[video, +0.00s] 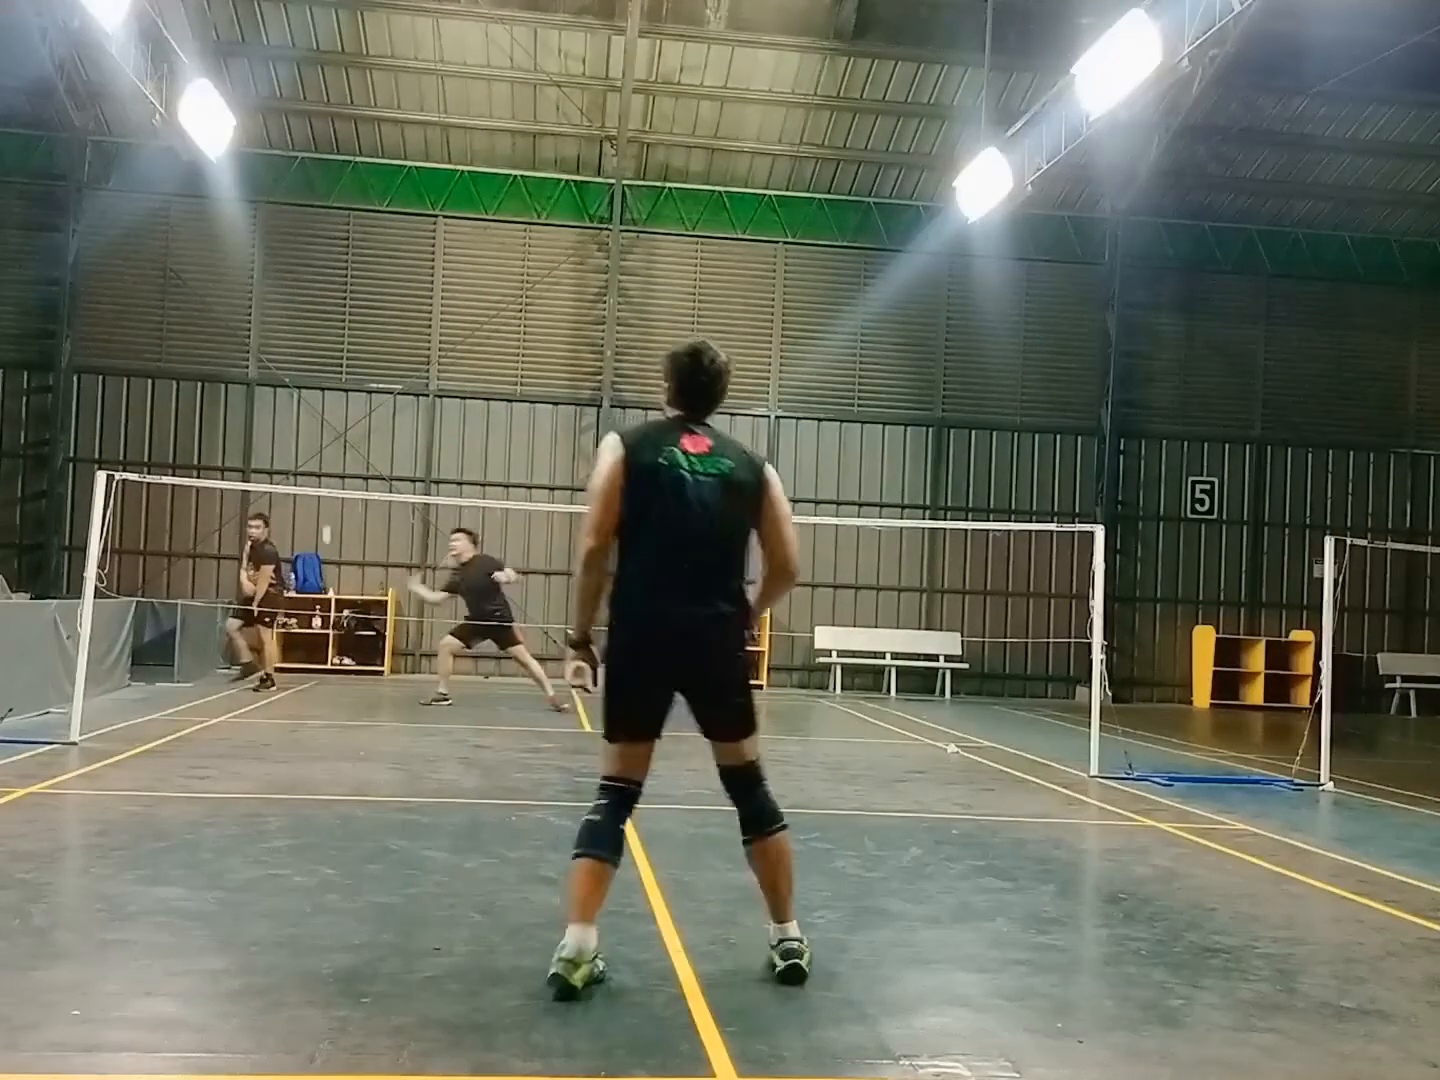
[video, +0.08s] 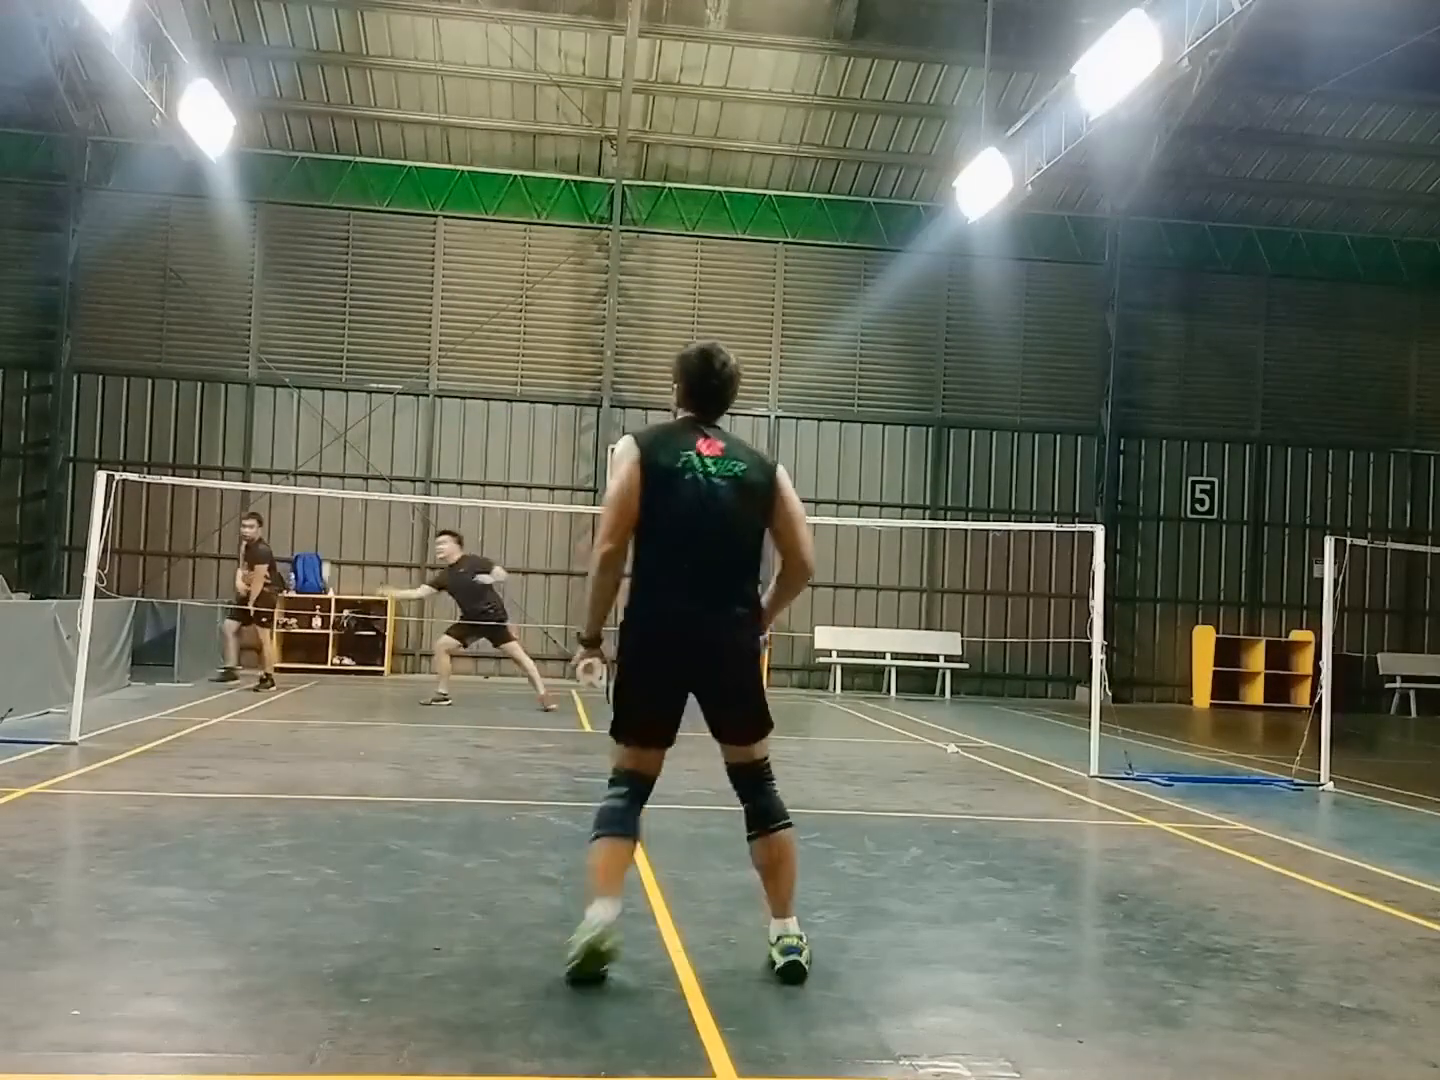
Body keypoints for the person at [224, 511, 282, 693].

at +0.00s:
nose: (252, 531)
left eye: (257, 527)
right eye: (249, 527)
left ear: (266, 529)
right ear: (247, 528)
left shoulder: (269, 551)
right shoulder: (253, 549)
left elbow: (264, 581)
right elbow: (245, 570)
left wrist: (256, 602)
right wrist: (246, 585)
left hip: (269, 596)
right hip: (255, 593)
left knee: (265, 634)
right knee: (232, 625)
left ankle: (268, 676)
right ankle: (247, 661)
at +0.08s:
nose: (246, 530)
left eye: (251, 527)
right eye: (243, 526)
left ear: (259, 529)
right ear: (240, 528)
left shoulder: (262, 550)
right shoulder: (245, 547)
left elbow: (259, 578)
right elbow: (242, 568)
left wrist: (251, 601)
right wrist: (239, 582)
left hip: (265, 592)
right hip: (249, 590)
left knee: (264, 635)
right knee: (229, 626)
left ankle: (267, 675)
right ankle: (230, 669)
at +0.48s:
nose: (220, 528)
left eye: (225, 525)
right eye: (217, 524)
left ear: (233, 528)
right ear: (213, 525)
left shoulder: (233, 550)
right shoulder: (214, 545)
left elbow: (227, 578)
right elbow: (208, 567)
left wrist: (217, 600)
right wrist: (202, 585)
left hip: (233, 589)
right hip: (217, 588)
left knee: (224, 620)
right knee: (211, 631)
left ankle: (227, 659)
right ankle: (214, 672)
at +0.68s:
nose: (217, 529)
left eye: (221, 525)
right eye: (214, 525)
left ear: (226, 527)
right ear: (207, 525)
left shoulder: (229, 549)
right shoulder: (202, 545)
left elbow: (223, 579)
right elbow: (196, 567)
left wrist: (213, 604)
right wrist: (189, 589)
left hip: (225, 592)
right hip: (207, 591)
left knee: (217, 625)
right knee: (207, 632)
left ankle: (211, 669)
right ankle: (211, 671)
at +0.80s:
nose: (216, 531)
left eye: (220, 528)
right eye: (213, 526)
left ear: (225, 530)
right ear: (205, 526)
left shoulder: (227, 553)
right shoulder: (197, 545)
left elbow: (220, 583)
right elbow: (191, 569)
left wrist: (210, 606)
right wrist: (184, 592)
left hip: (219, 598)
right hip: (200, 596)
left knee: (212, 637)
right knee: (204, 639)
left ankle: (206, 676)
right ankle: (213, 672)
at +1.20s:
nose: (214, 528)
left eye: (219, 525)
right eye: (211, 523)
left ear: (222, 528)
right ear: (201, 523)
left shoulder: (224, 552)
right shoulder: (190, 539)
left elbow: (218, 582)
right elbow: (174, 559)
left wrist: (208, 605)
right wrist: (164, 582)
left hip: (213, 596)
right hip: (190, 593)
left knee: (209, 635)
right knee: (179, 633)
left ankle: (204, 678)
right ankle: (192, 664)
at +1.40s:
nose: (206, 526)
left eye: (210, 523)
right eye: (202, 522)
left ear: (214, 527)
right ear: (192, 523)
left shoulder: (217, 551)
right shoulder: (180, 540)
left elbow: (215, 581)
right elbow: (165, 558)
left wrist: (205, 606)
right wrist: (159, 579)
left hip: (206, 597)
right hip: (182, 595)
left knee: (205, 639)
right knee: (172, 634)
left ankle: (203, 679)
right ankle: (165, 678)